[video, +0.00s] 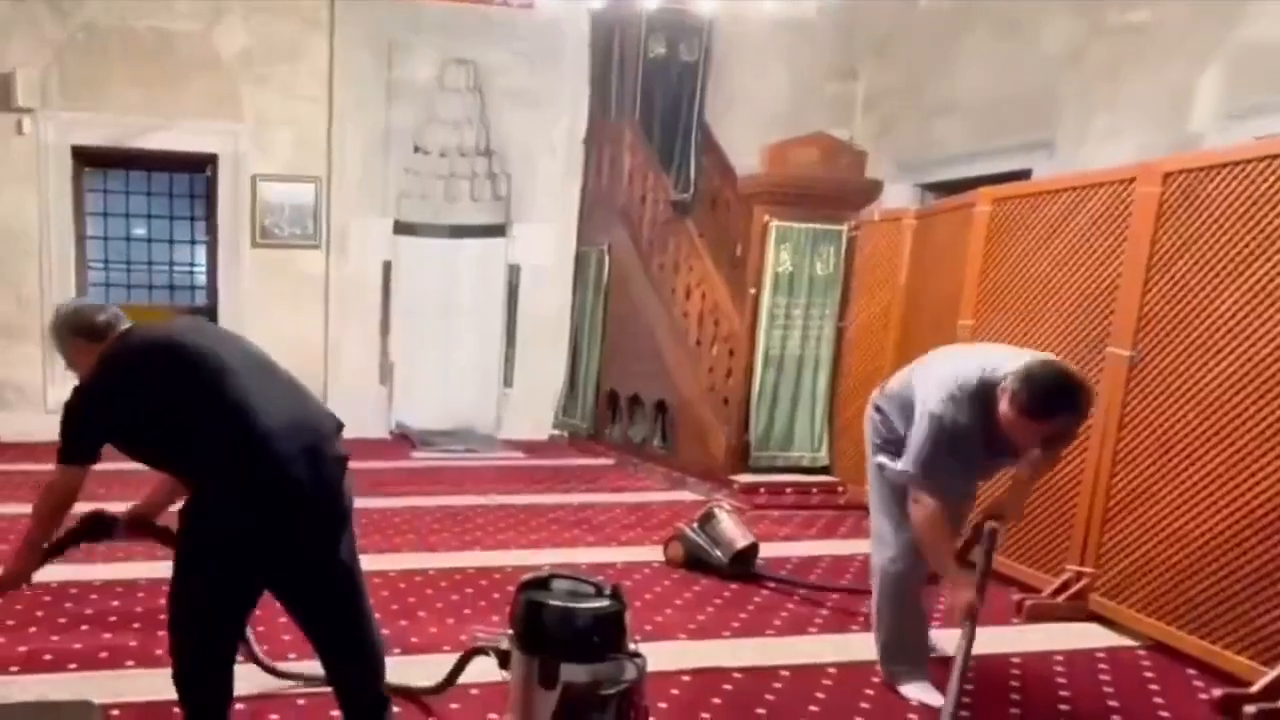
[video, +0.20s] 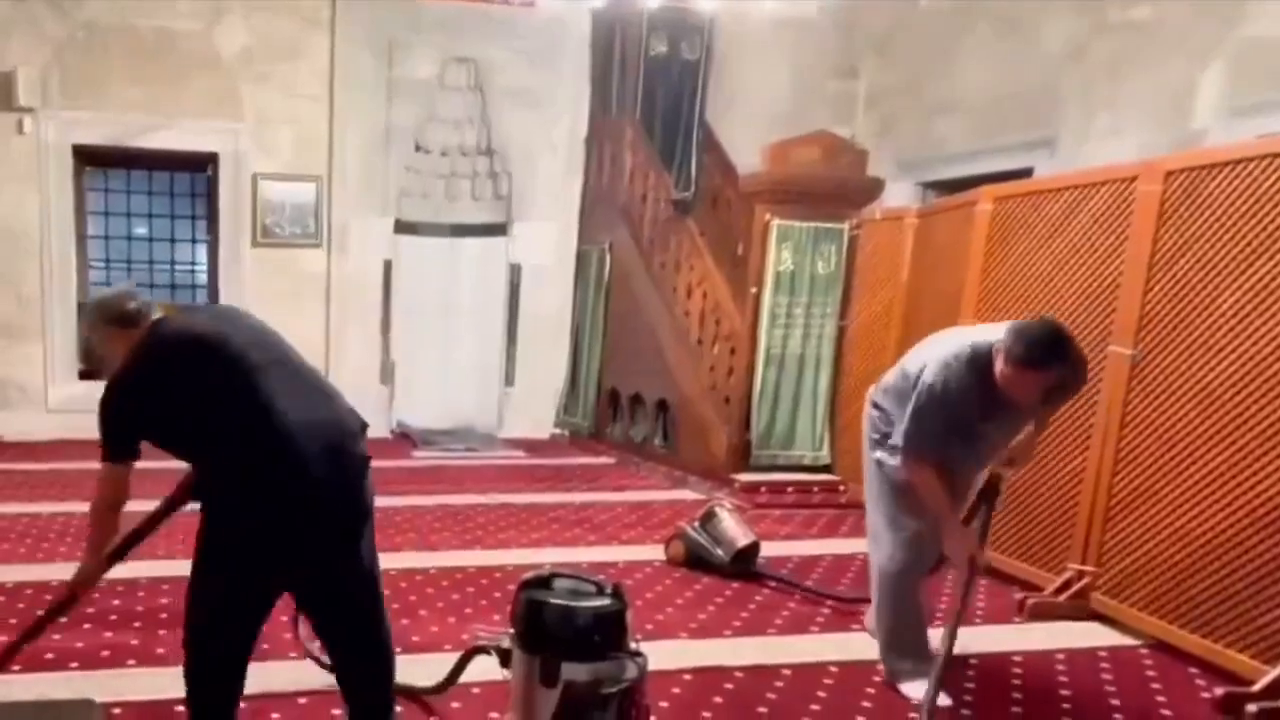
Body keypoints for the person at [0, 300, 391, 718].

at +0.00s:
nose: (75, 371)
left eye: (72, 361)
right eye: (70, 362)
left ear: (81, 349)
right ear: (123, 326)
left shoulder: (97, 388)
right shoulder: (191, 337)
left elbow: (63, 492)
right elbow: (194, 458)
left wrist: (21, 563)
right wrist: (138, 516)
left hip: (237, 495)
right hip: (317, 468)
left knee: (201, 641)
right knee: (345, 628)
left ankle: (206, 714)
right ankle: (371, 709)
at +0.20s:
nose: (106, 370)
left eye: (101, 356)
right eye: (99, 360)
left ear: (113, 335)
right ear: (150, 313)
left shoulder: (127, 385)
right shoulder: (220, 319)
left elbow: (111, 499)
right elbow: (257, 401)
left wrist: (91, 565)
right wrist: (205, 469)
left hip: (256, 494)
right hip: (340, 466)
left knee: (214, 648)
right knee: (358, 631)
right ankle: (374, 712)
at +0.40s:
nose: (160, 340)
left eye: (156, 328)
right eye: (155, 330)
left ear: (167, 317)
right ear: (197, 297)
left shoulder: (178, 367)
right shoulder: (278, 299)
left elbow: (189, 474)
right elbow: (365, 337)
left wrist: (195, 542)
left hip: (299, 483)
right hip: (378, 467)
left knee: (242, 640)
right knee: (381, 639)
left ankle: (218, 712)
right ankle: (386, 713)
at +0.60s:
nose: (195, 329)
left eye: (191, 319)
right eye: (190, 319)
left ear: (199, 307)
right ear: (238, 285)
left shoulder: (219, 356)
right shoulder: (313, 288)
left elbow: (248, 469)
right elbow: (405, 301)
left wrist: (275, 529)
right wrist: (393, 386)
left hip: (334, 468)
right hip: (412, 448)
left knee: (276, 615)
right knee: (396, 610)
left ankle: (225, 711)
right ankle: (389, 712)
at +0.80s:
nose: (205, 318)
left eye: (204, 305)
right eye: (200, 307)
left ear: (222, 293)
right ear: (255, 278)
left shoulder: (235, 345)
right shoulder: (325, 280)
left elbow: (277, 454)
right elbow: (420, 263)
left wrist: (301, 488)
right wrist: (439, 352)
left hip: (339, 473)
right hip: (419, 451)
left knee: (294, 629)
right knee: (398, 619)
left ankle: (262, 711)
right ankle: (387, 714)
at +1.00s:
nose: (196, 317)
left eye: (195, 304)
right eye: (192, 306)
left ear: (212, 291)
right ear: (244, 278)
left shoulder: (225, 346)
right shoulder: (319, 286)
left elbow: (260, 458)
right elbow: (410, 277)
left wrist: (296, 494)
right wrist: (427, 366)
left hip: (333, 477)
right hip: (408, 461)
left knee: (276, 637)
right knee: (391, 628)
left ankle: (247, 715)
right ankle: (386, 714)